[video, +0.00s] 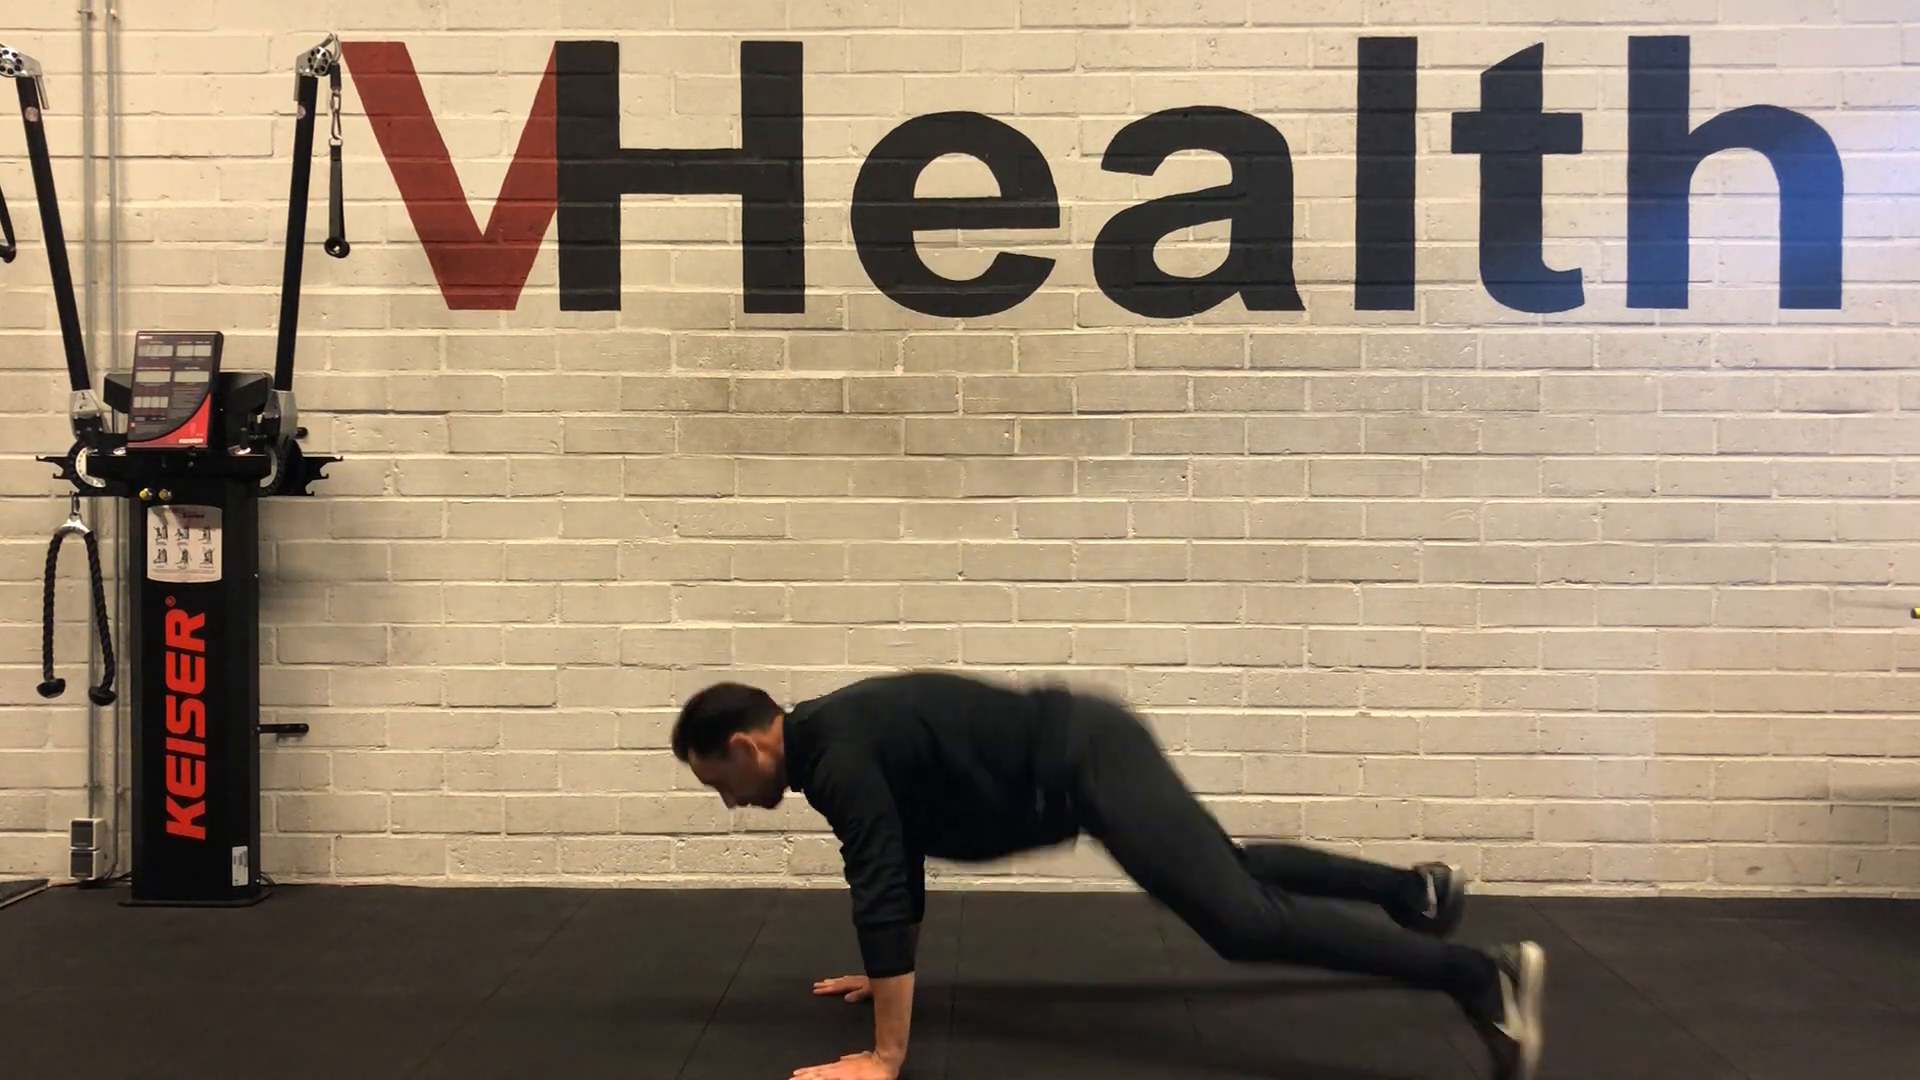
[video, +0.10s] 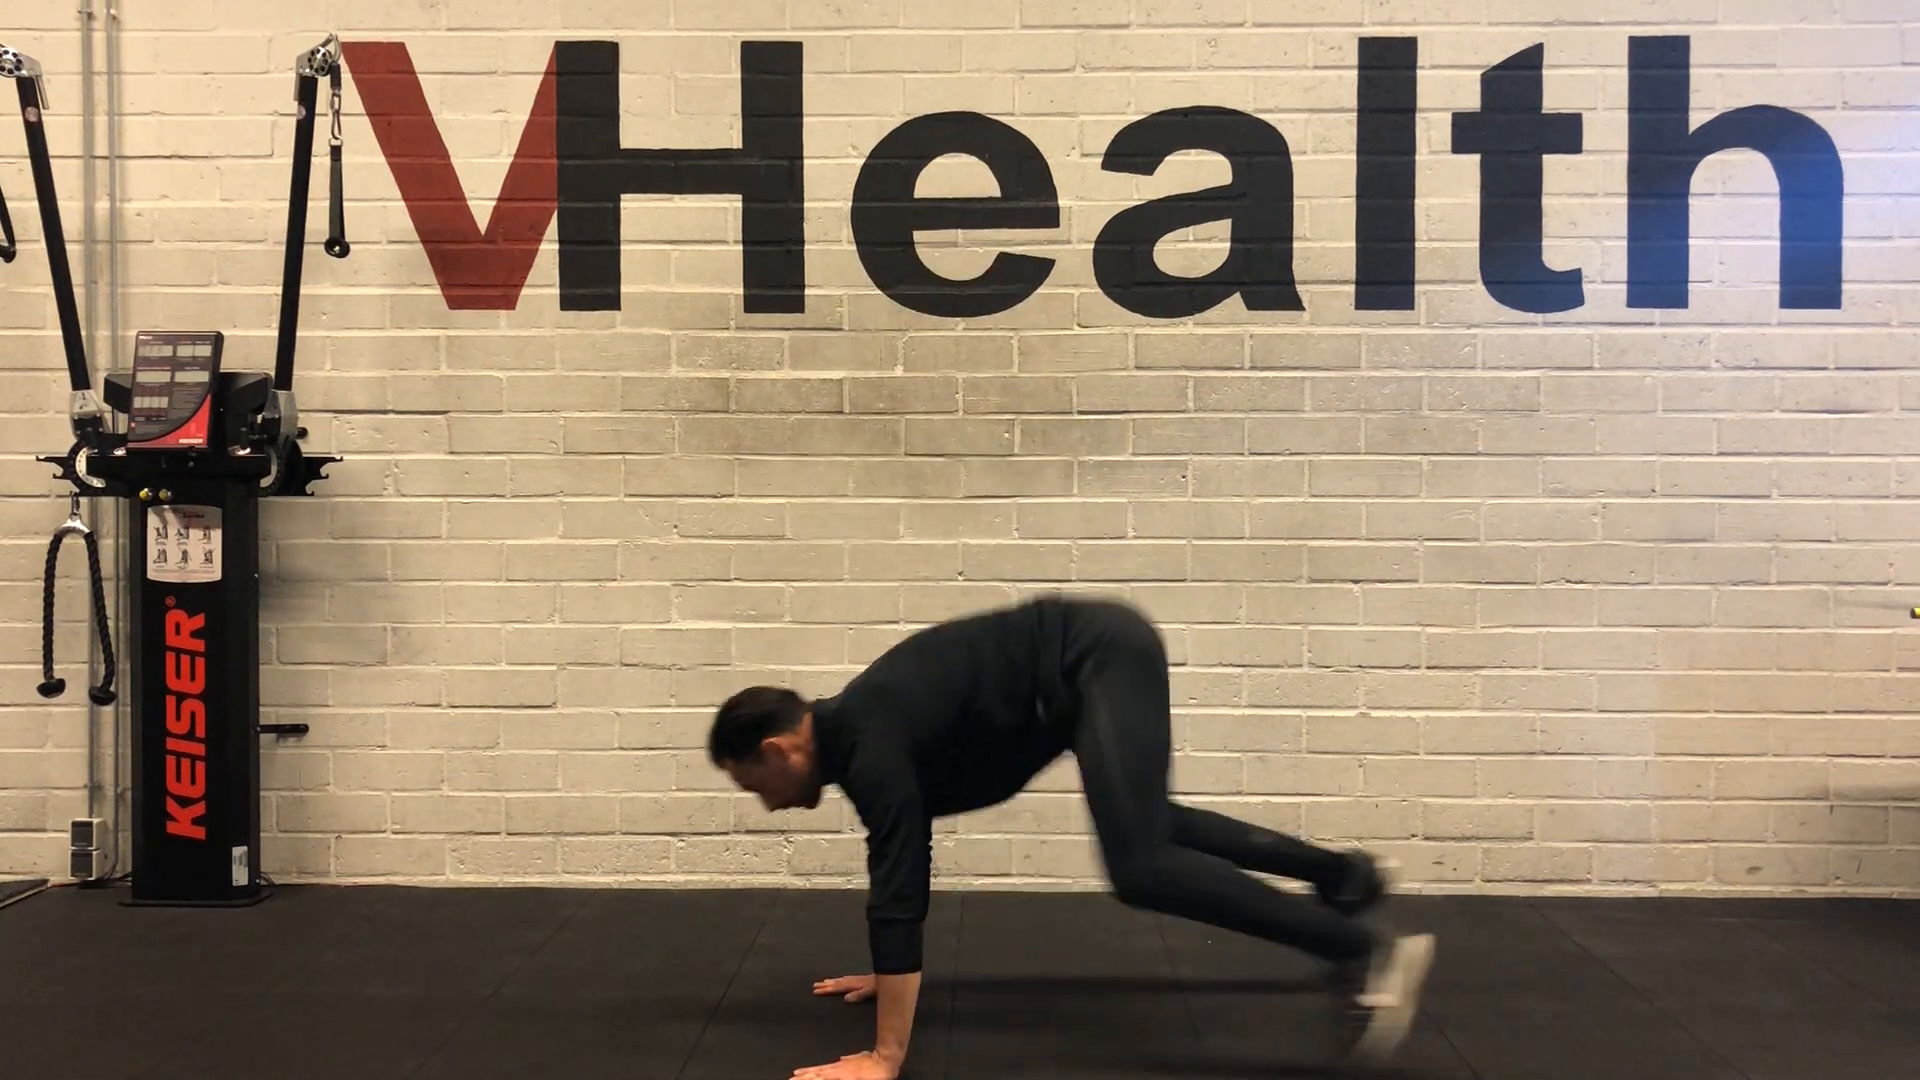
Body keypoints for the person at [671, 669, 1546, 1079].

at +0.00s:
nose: (719, 795)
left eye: (716, 778)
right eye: (711, 783)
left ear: (750, 744)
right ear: (754, 732)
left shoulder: (839, 754)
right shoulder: (827, 737)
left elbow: (888, 898)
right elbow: (888, 873)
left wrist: (886, 1052)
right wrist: (877, 974)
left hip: (1092, 756)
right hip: (1087, 756)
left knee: (1246, 924)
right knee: (1232, 875)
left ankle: (1482, 974)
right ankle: (1414, 893)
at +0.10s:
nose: (761, 799)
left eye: (755, 783)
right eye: (750, 787)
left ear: (782, 746)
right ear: (785, 735)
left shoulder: (874, 745)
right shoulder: (858, 728)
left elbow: (901, 899)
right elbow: (900, 876)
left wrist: (888, 1055)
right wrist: (884, 973)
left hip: (1106, 656)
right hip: (1091, 664)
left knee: (1140, 869)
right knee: (1148, 830)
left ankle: (1367, 952)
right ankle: (1341, 874)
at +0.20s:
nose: (800, 782)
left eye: (794, 764)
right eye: (789, 770)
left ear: (828, 730)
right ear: (832, 723)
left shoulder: (909, 743)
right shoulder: (895, 716)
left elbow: (911, 896)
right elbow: (909, 872)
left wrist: (885, 1049)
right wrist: (889, 971)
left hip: (1128, 621)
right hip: (1117, 611)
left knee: (1037, 803)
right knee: (1059, 781)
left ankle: (1189, 979)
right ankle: (1202, 902)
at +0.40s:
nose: (805, 666)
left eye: (805, 647)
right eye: (799, 652)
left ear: (845, 625)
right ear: (850, 623)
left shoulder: (921, 674)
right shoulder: (916, 658)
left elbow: (897, 834)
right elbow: (897, 823)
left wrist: (846, 981)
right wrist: (856, 929)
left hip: (1157, 696)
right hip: (1144, 684)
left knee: (994, 811)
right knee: (995, 797)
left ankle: (1075, 1022)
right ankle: (1065, 964)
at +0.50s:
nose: (811, 568)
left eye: (813, 549)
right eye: (807, 553)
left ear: (857, 535)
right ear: (864, 535)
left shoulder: (931, 598)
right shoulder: (923, 586)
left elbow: (914, 748)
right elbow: (912, 740)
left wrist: (860, 898)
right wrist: (876, 844)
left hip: (1152, 676)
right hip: (1125, 665)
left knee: (997, 809)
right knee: (989, 773)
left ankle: (1072, 1021)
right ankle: (1063, 961)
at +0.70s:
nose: (849, 362)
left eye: (859, 344)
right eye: (850, 344)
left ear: (907, 344)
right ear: (911, 345)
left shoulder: (957, 432)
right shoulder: (952, 420)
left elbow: (982, 587)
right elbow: (985, 581)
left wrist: (981, 726)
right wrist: (985, 720)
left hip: (1119, 616)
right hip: (1092, 613)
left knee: (1015, 795)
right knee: (1004, 781)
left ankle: (1074, 1019)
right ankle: (1060, 961)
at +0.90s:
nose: (906, 244)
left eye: (919, 229)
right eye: (910, 229)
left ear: (969, 236)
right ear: (972, 236)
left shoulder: (1004, 335)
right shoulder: (992, 326)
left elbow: (1043, 480)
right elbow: (1035, 476)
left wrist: (1050, 615)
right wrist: (1021, 598)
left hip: (1065, 589)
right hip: (1053, 585)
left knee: (1026, 790)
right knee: (1027, 783)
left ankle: (1076, 1018)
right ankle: (1059, 955)